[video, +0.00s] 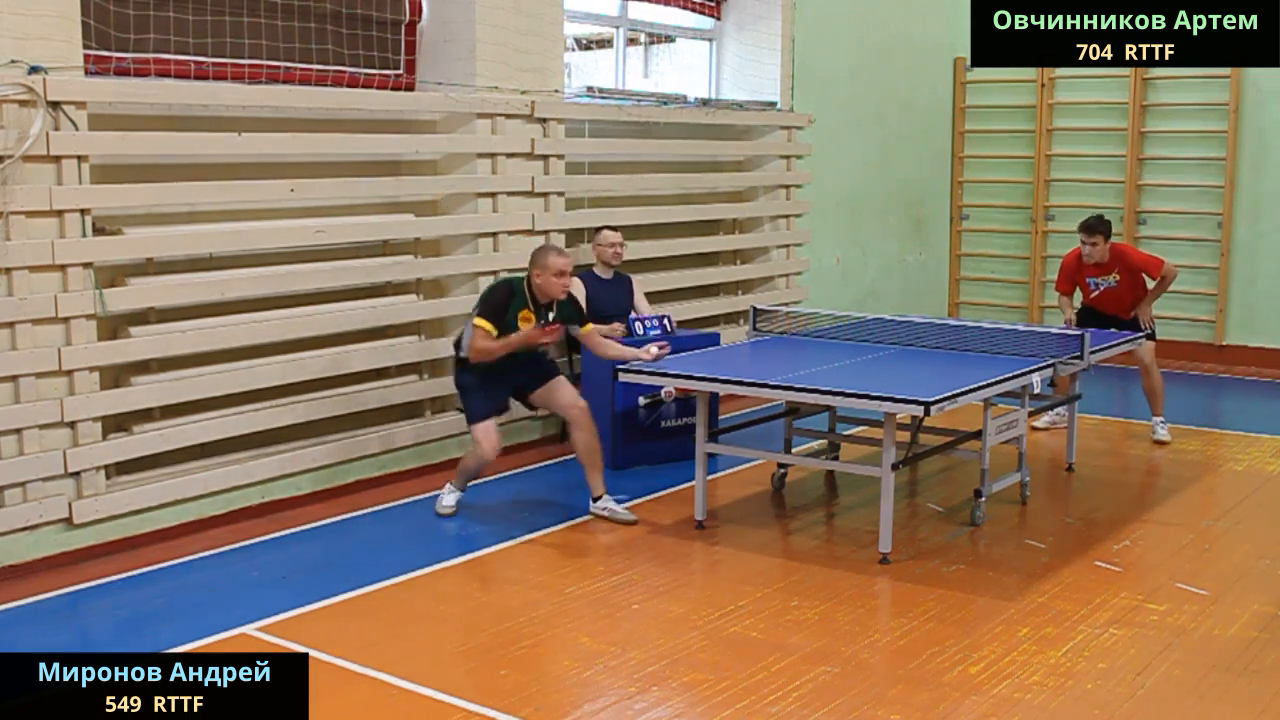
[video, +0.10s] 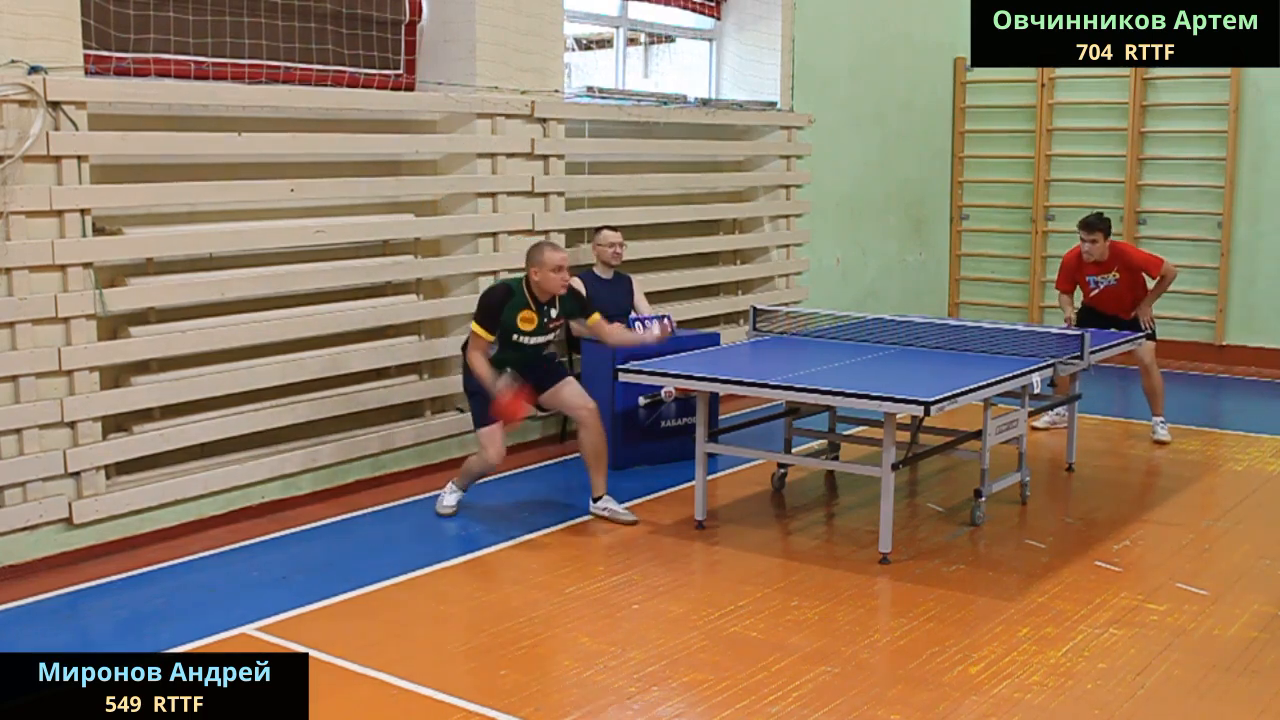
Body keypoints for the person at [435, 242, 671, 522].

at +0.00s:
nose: (568, 282)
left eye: (570, 275)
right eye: (560, 276)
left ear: (570, 274)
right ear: (537, 276)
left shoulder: (565, 302)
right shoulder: (501, 293)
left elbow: (597, 344)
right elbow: (476, 351)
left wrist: (639, 353)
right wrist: (524, 339)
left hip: (526, 361)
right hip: (481, 368)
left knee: (578, 410)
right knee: (488, 450)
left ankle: (599, 498)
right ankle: (455, 487)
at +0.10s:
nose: (566, 277)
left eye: (567, 270)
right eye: (558, 271)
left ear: (568, 269)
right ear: (534, 273)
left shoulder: (567, 296)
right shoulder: (499, 297)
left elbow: (608, 333)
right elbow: (475, 352)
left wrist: (647, 336)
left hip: (535, 363)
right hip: (491, 367)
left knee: (587, 411)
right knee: (493, 457)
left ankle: (599, 498)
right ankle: (457, 487)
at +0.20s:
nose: (562, 263)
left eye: (562, 255)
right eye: (554, 257)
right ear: (530, 262)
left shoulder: (568, 285)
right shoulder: (497, 289)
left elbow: (611, 313)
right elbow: (464, 337)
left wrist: (639, 300)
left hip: (540, 365)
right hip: (494, 371)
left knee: (590, 411)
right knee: (492, 455)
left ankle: (600, 498)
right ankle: (456, 488)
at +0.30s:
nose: (558, 248)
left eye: (558, 240)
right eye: (549, 241)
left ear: (556, 243)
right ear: (525, 247)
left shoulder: (565, 271)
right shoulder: (493, 275)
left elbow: (613, 298)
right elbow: (445, 312)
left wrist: (634, 289)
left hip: (541, 359)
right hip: (495, 365)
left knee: (588, 410)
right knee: (489, 451)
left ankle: (600, 498)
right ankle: (454, 488)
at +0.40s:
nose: (556, 239)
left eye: (558, 232)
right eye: (547, 233)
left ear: (559, 234)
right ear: (525, 237)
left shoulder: (568, 264)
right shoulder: (495, 263)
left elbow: (609, 287)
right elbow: (438, 283)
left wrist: (635, 286)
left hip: (538, 350)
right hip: (491, 357)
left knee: (592, 399)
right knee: (484, 444)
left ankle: (603, 488)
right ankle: (454, 490)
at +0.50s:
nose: (564, 239)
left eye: (568, 232)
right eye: (555, 233)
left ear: (572, 235)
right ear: (535, 236)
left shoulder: (577, 268)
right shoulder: (511, 257)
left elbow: (610, 290)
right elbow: (457, 272)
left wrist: (638, 291)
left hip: (539, 348)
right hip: (492, 354)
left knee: (597, 387)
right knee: (483, 445)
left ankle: (587, 476)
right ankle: (455, 489)